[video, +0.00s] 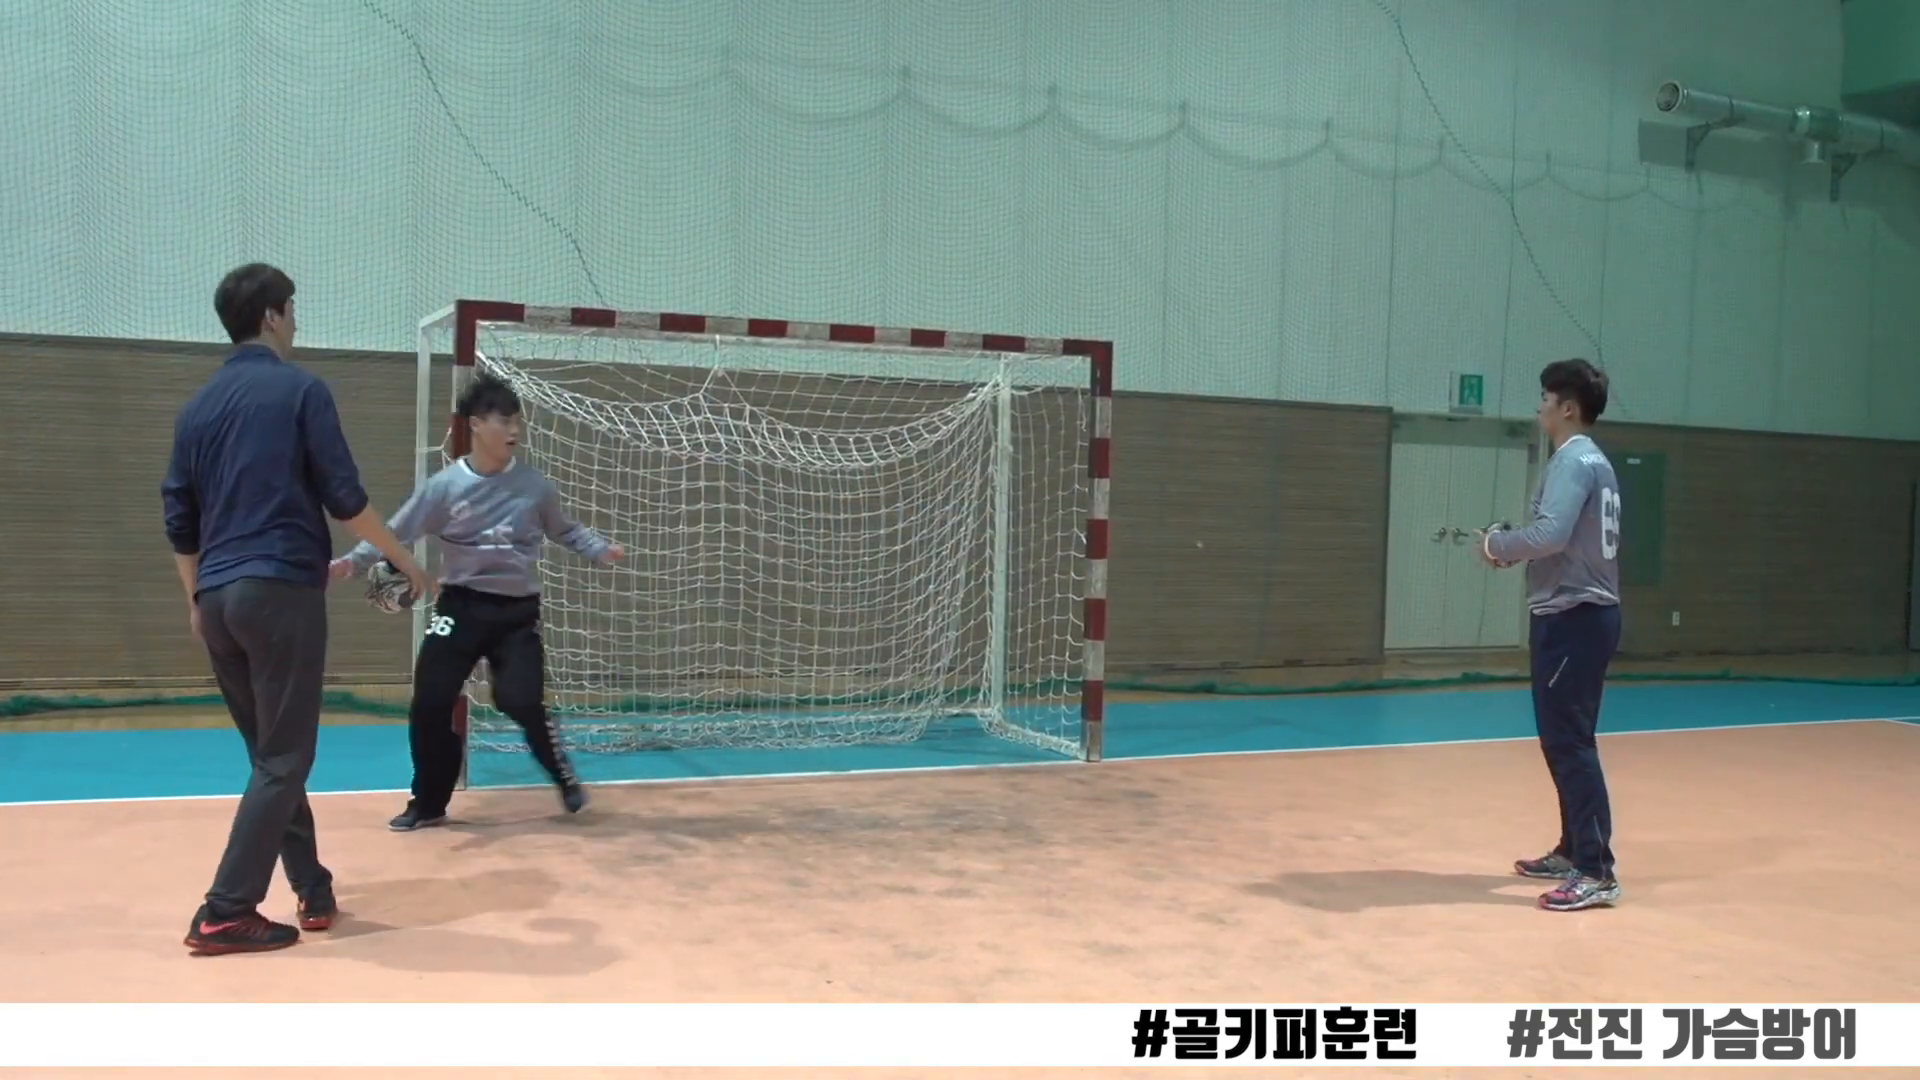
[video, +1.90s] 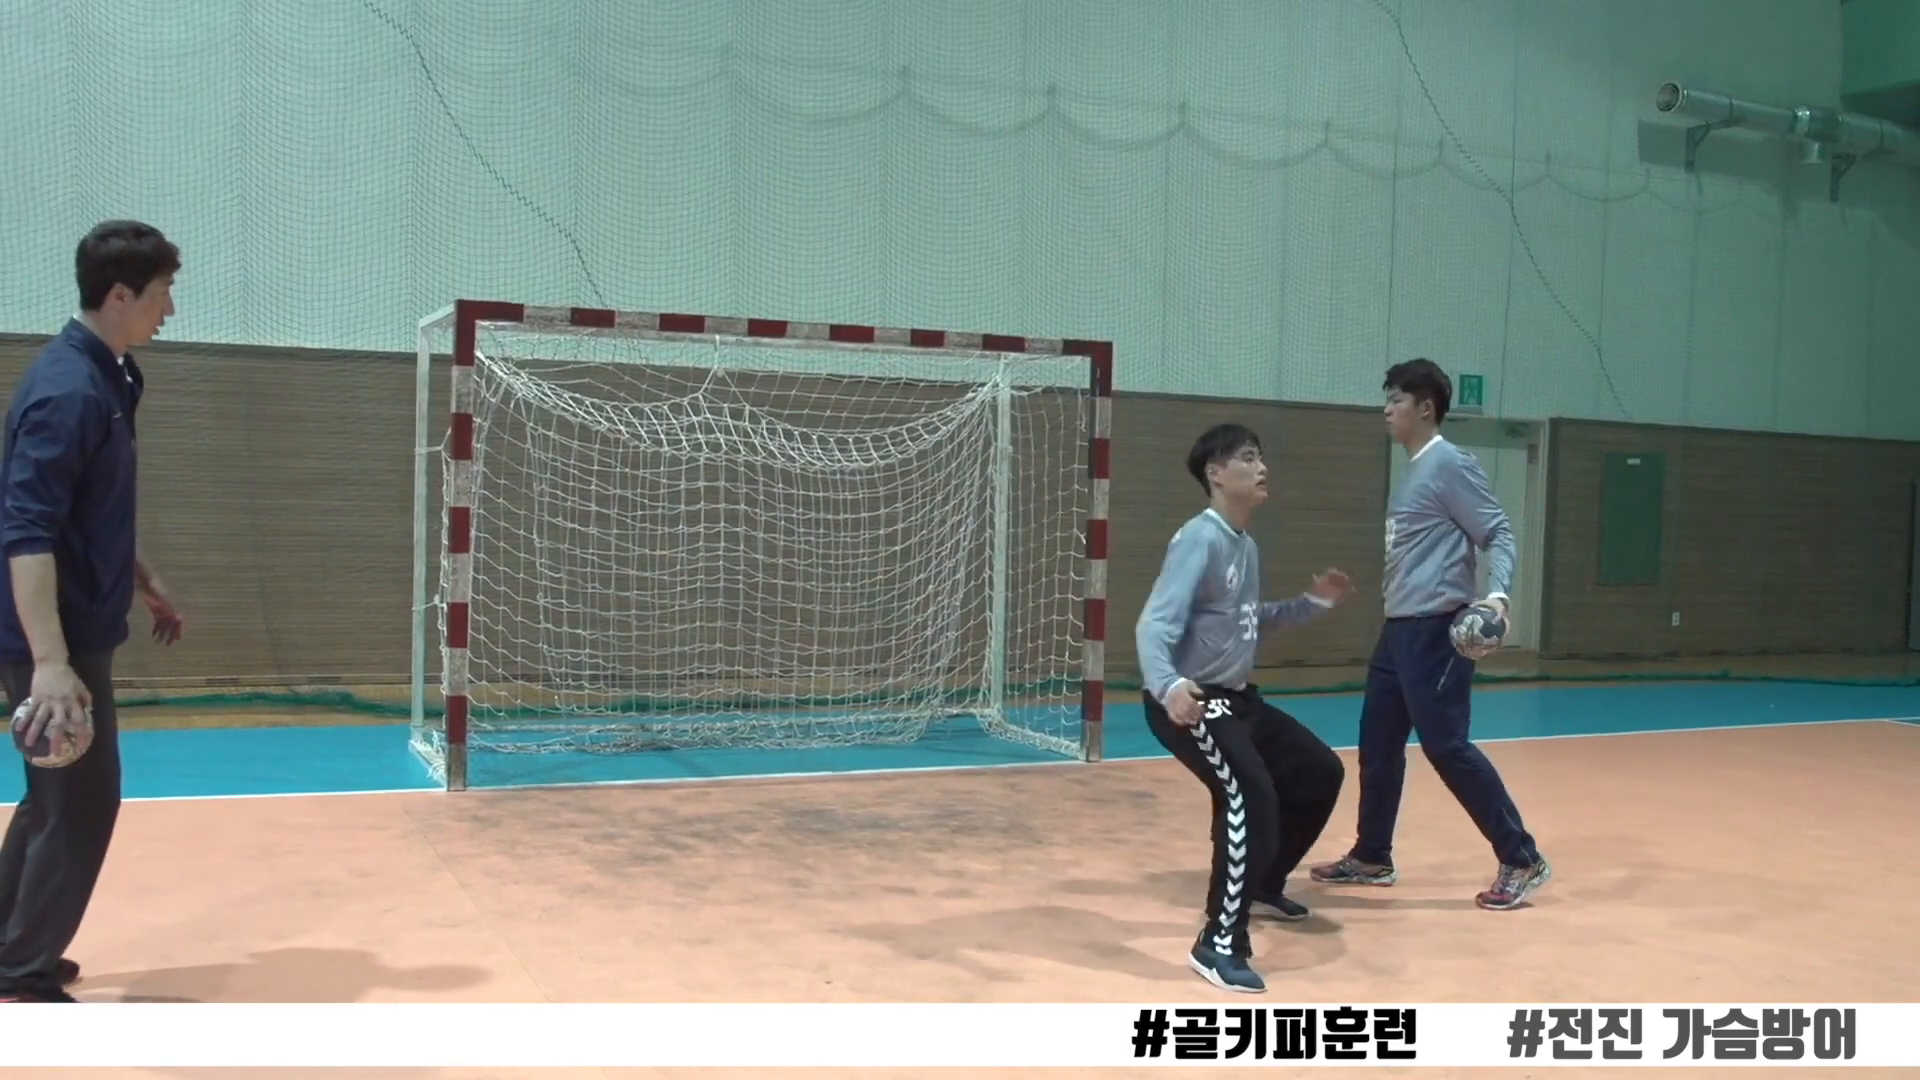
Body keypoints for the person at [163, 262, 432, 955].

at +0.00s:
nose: (294, 325)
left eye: (291, 313)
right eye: (290, 314)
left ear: (232, 323)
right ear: (272, 318)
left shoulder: (198, 406)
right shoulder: (301, 389)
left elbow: (180, 517)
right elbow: (345, 499)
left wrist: (198, 601)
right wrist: (400, 556)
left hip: (215, 598)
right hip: (280, 593)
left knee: (274, 752)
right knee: (283, 758)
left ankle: (313, 893)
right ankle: (226, 911)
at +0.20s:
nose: (287, 327)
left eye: (285, 314)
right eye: (283, 314)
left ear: (227, 317)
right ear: (259, 316)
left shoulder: (174, 391)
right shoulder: (268, 393)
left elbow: (154, 508)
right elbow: (291, 516)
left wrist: (191, 574)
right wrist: (337, 607)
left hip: (170, 598)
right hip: (232, 598)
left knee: (237, 751)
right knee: (253, 755)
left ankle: (263, 892)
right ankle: (224, 916)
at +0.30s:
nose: (268, 324)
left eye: (268, 310)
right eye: (264, 310)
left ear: (207, 311)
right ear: (236, 311)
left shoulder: (153, 389)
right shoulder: (245, 389)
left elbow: (140, 501)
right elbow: (255, 510)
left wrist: (152, 588)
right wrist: (284, 609)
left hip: (149, 599)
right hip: (209, 600)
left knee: (208, 746)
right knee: (240, 754)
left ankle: (180, 896)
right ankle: (223, 917)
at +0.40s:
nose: (248, 312)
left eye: (246, 299)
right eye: (242, 299)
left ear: (191, 309)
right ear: (210, 307)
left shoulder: (134, 387)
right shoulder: (216, 386)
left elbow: (130, 503)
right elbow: (214, 504)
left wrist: (152, 591)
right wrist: (236, 604)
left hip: (132, 609)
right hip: (188, 609)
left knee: (170, 751)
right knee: (229, 759)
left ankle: (96, 893)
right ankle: (223, 916)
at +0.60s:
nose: (203, 323)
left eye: (200, 309)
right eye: (195, 309)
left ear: (146, 318)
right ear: (158, 316)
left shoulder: (108, 388)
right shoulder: (148, 390)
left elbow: (94, 513)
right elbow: (128, 506)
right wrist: (154, 611)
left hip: (73, 622)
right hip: (127, 623)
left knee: (70, 773)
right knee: (194, 765)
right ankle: (219, 914)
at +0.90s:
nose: (159, 311)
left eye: (158, 297)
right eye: (152, 298)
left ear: (101, 303)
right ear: (112, 302)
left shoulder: (60, 370)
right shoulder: (89, 376)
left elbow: (33, 499)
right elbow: (55, 498)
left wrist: (52, 607)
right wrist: (88, 609)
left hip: (18, 618)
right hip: (52, 617)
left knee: (22, 778)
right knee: (137, 766)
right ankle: (119, 946)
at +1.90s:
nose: (170, 306)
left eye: (170, 291)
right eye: (164, 291)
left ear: (118, 294)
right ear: (121, 293)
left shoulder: (98, 377)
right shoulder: (66, 390)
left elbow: (91, 516)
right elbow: (26, 534)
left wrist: (142, 585)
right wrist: (50, 662)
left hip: (74, 635)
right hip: (60, 645)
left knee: (52, 799)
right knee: (82, 802)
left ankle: (10, 943)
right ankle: (24, 966)